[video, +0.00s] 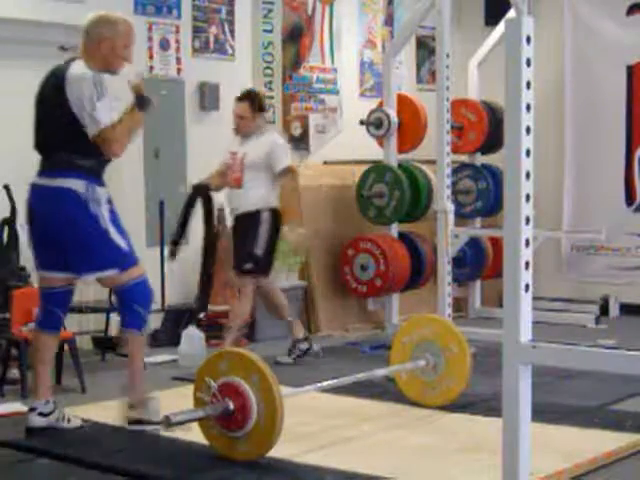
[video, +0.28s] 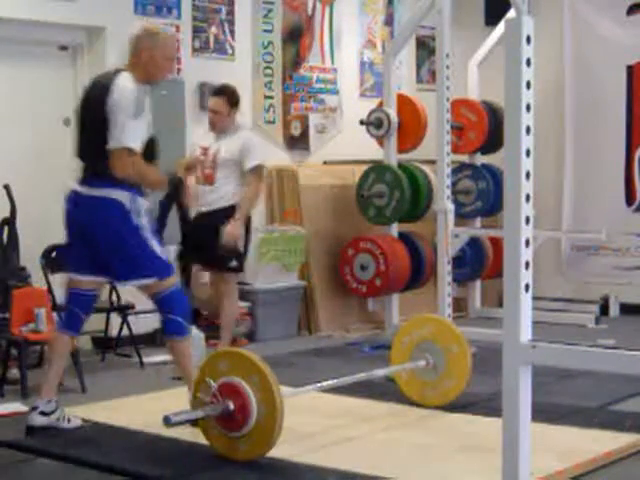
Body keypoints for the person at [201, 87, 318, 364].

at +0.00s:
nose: (237, 123)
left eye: (242, 117)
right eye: (235, 117)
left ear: (258, 117)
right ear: (236, 116)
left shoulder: (272, 140)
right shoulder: (241, 143)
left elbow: (289, 177)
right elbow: (226, 175)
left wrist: (293, 219)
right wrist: (210, 182)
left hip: (262, 212)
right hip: (241, 213)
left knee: (246, 277)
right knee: (260, 280)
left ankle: (228, 344)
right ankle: (298, 333)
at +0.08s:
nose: (229, 122)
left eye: (235, 116)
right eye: (227, 115)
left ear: (251, 115)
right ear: (225, 114)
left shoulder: (263, 140)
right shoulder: (231, 144)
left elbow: (277, 179)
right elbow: (210, 174)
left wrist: (279, 222)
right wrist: (200, 180)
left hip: (250, 210)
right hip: (228, 212)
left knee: (237, 281)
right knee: (234, 283)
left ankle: (225, 346)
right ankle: (283, 325)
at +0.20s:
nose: (214, 119)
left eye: (220, 113)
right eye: (213, 112)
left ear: (236, 113)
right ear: (212, 111)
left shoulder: (249, 140)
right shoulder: (213, 139)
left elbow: (257, 186)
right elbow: (196, 167)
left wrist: (244, 225)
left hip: (233, 211)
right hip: (207, 212)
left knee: (228, 281)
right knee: (205, 279)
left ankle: (225, 344)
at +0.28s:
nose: (210, 118)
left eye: (217, 113)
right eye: (209, 111)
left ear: (232, 113)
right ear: (208, 110)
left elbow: (255, 183)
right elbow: (186, 168)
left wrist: (239, 220)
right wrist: (192, 166)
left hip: (229, 212)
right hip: (202, 213)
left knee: (226, 282)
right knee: (201, 281)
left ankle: (224, 345)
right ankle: (231, 319)